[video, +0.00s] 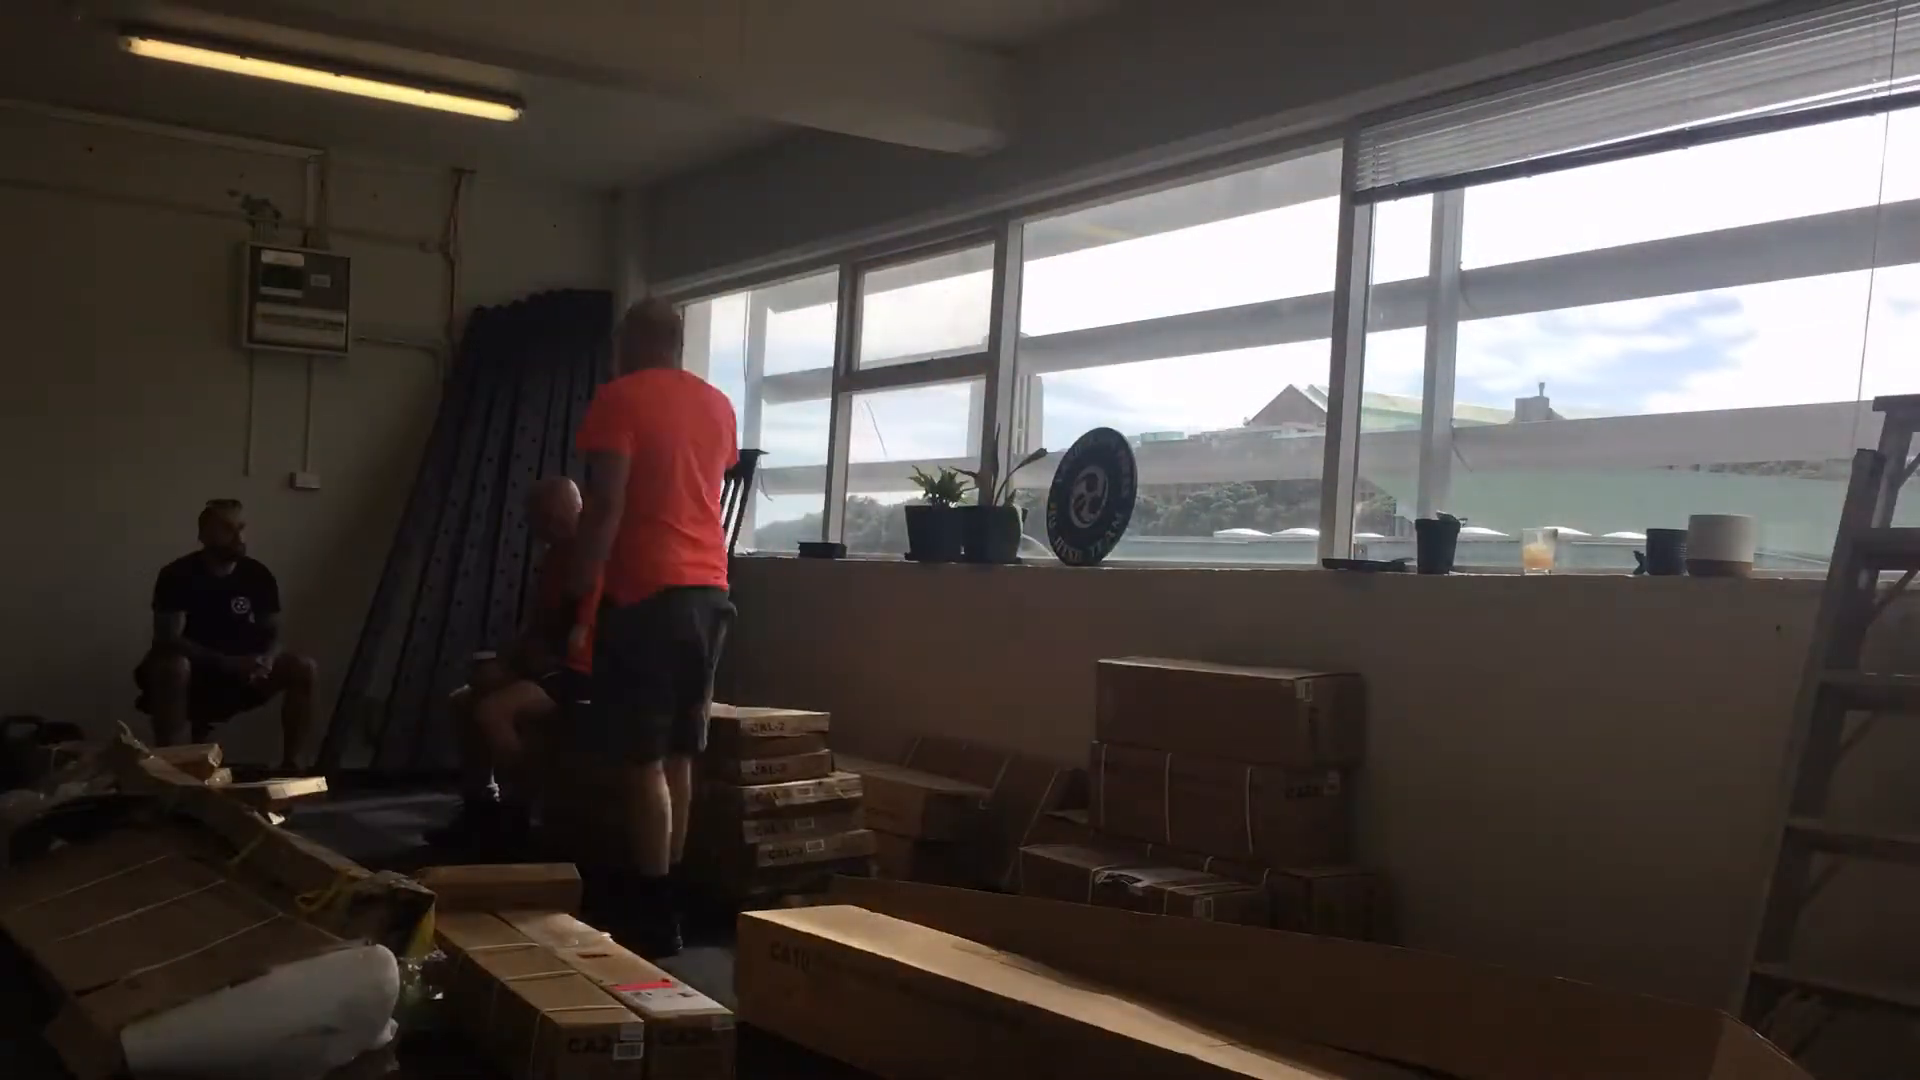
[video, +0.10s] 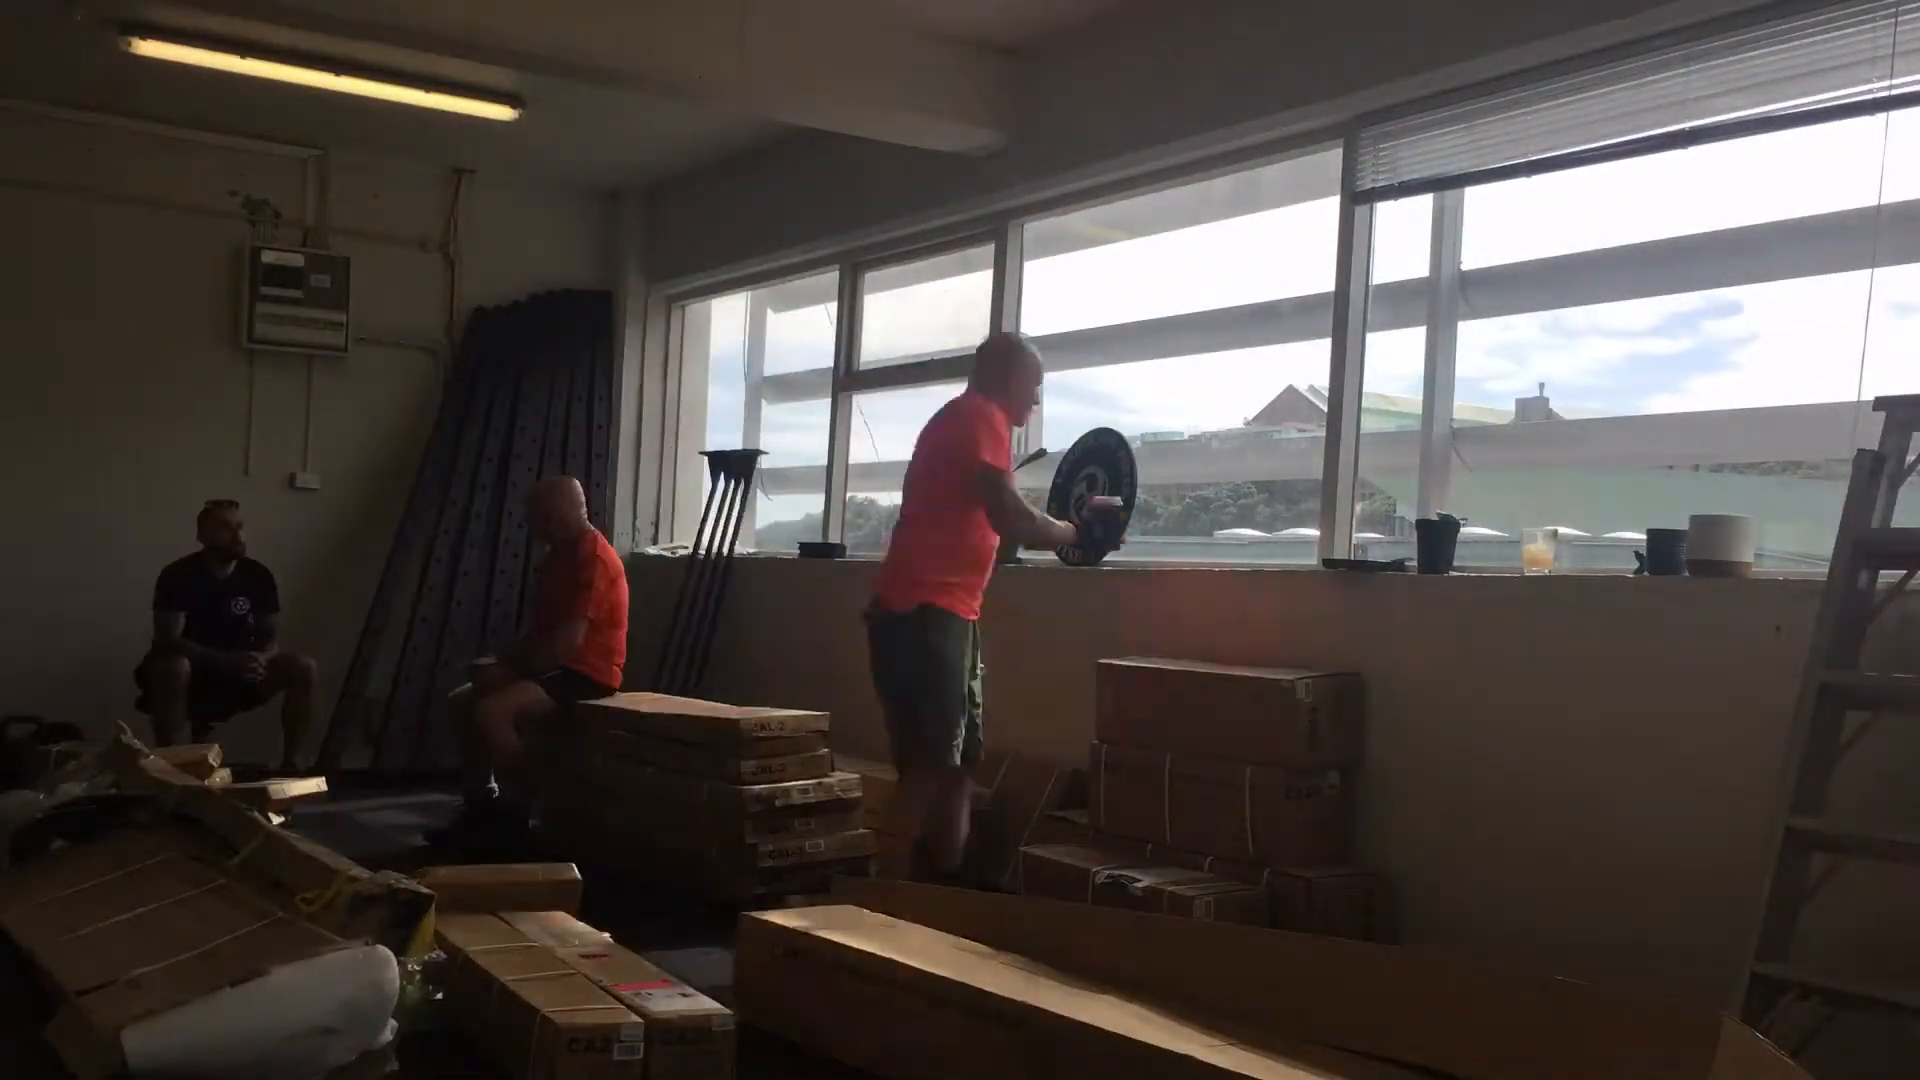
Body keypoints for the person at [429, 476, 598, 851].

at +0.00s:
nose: (542, 530)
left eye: (548, 519)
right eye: (540, 520)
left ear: (569, 516)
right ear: (542, 520)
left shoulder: (589, 562)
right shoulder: (554, 557)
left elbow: (574, 648)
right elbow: (538, 626)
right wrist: (505, 662)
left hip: (577, 672)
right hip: (545, 664)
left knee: (495, 710)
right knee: (464, 704)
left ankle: (520, 812)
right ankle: (478, 808)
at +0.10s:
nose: (534, 523)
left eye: (541, 514)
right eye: (535, 514)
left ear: (562, 513)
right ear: (568, 513)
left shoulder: (591, 554)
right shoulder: (562, 553)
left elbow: (570, 640)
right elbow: (545, 630)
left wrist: (510, 666)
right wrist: (506, 665)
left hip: (587, 674)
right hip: (559, 667)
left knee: (493, 710)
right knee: (462, 703)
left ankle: (519, 816)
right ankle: (479, 812)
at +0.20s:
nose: (535, 523)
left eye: (540, 514)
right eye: (535, 515)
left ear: (562, 512)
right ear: (568, 512)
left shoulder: (599, 552)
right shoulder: (564, 553)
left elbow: (557, 607)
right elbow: (544, 626)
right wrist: (505, 668)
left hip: (586, 674)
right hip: (551, 667)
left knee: (493, 709)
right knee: (462, 704)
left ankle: (522, 813)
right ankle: (480, 809)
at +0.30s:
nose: (536, 518)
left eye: (543, 509)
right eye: (537, 509)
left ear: (566, 510)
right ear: (556, 514)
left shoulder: (594, 553)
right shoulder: (561, 555)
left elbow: (581, 627)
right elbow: (545, 627)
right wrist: (503, 669)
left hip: (586, 673)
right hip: (552, 666)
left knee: (494, 709)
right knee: (462, 704)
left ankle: (516, 816)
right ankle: (481, 812)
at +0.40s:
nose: (535, 524)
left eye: (540, 514)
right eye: (535, 514)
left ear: (561, 512)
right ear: (563, 513)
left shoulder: (591, 553)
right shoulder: (563, 554)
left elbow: (579, 630)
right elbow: (542, 630)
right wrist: (500, 669)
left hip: (585, 674)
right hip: (553, 666)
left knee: (494, 710)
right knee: (462, 705)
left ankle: (513, 817)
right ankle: (480, 812)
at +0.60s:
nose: (568, 513)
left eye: (574, 504)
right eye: (570, 504)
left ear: (591, 508)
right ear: (612, 506)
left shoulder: (614, 549)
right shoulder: (622, 545)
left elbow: (588, 623)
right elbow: (581, 626)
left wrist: (536, 666)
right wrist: (533, 662)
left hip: (601, 677)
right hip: (603, 672)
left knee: (492, 711)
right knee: (498, 700)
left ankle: (513, 817)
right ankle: (511, 813)